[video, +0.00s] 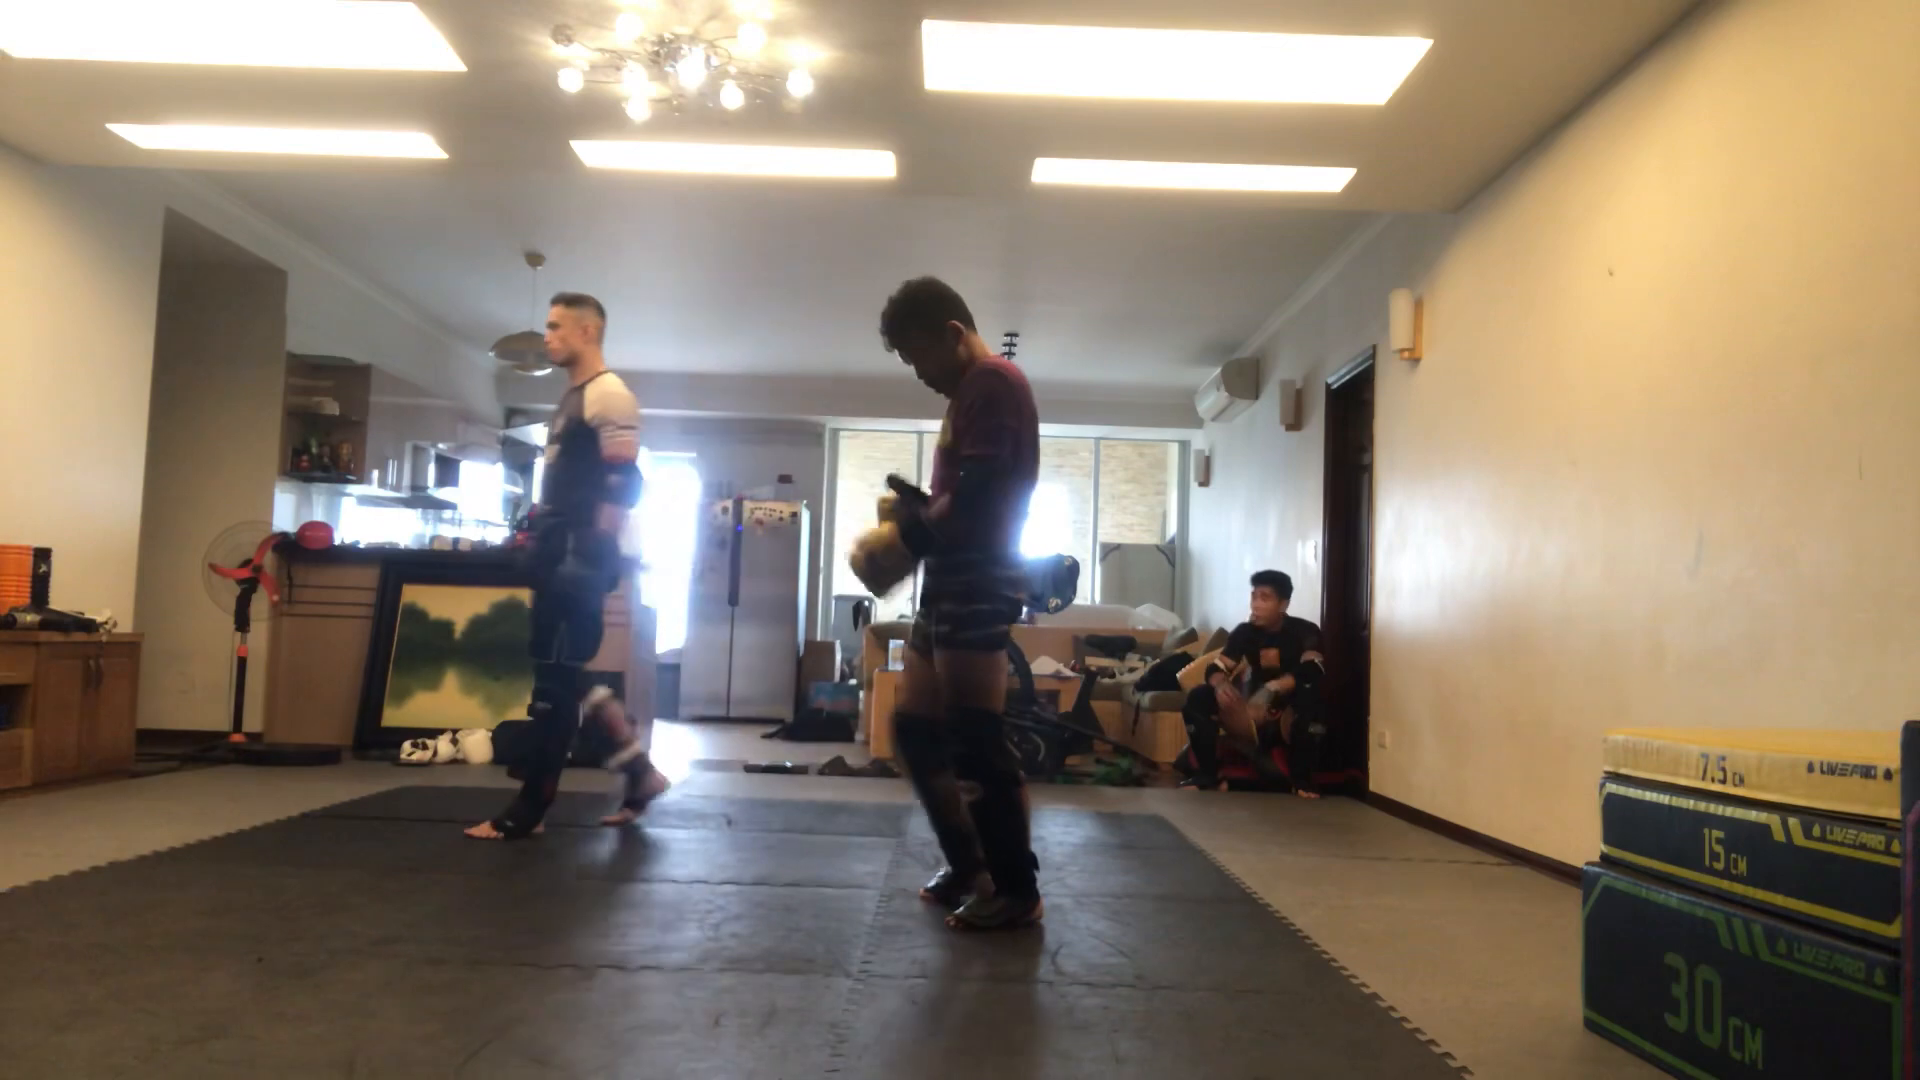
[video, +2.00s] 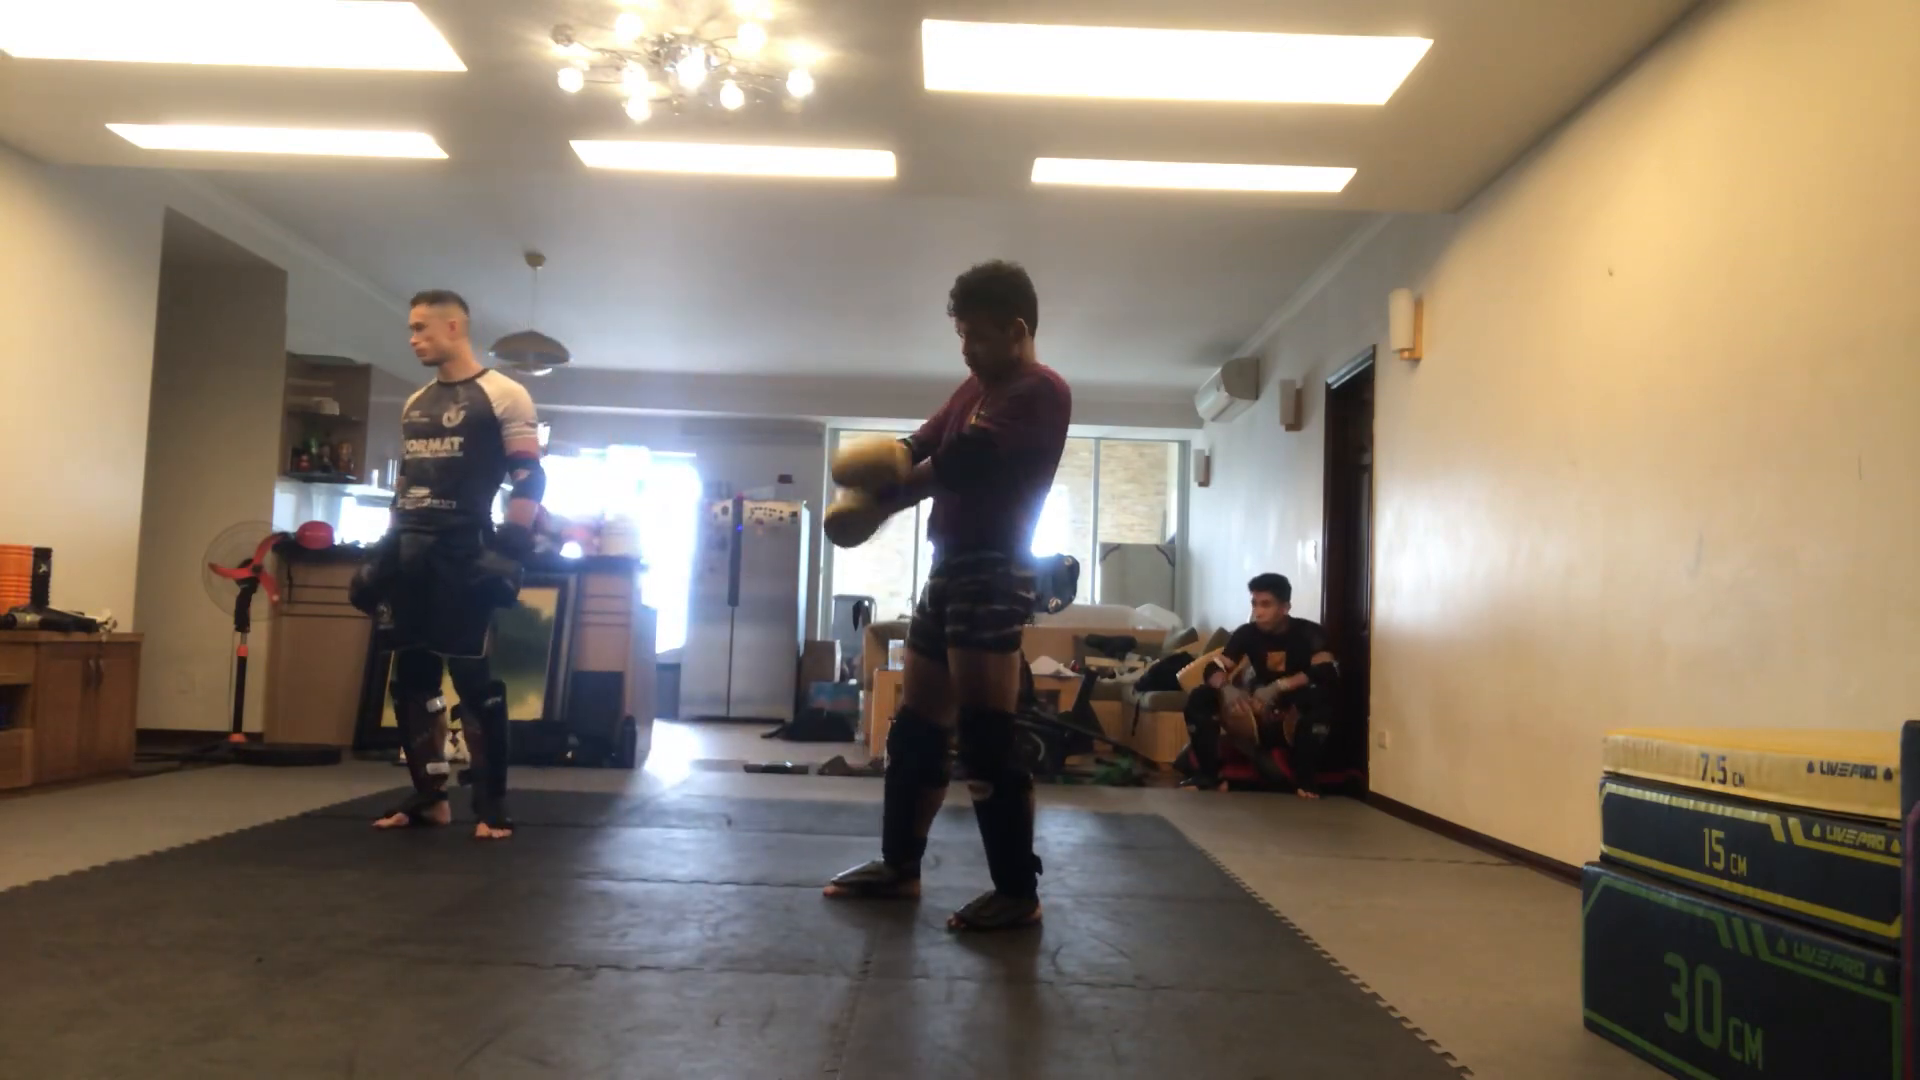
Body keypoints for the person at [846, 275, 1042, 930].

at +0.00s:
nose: (915, 371)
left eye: (916, 356)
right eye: (908, 360)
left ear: (954, 334)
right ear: (951, 339)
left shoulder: (993, 387)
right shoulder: (970, 394)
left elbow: (977, 511)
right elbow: (956, 500)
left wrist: (913, 531)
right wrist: (914, 522)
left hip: (978, 586)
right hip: (948, 586)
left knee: (977, 732)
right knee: (915, 727)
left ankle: (1017, 891)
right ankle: (968, 865)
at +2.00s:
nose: (963, 347)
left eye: (974, 333)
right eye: (960, 333)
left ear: (1018, 328)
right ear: (969, 329)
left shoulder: (1042, 391)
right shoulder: (972, 390)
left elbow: (966, 464)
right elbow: (918, 446)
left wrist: (884, 503)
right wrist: (868, 478)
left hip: (993, 576)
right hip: (945, 575)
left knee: (988, 735)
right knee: (919, 728)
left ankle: (1017, 893)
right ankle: (899, 869)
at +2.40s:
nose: (944, 331)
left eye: (952, 318)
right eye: (943, 318)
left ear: (993, 318)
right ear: (983, 319)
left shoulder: (1026, 385)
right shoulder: (979, 392)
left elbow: (1016, 500)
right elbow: (965, 493)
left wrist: (959, 570)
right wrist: (905, 521)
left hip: (1019, 576)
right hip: (978, 572)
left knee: (1008, 732)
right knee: (927, 715)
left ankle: (1018, 894)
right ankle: (912, 862)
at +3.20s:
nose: (904, 347)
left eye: (911, 333)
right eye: (905, 335)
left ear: (944, 333)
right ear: (956, 337)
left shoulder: (962, 383)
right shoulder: (980, 388)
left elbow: (966, 483)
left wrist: (912, 562)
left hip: (975, 569)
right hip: (990, 568)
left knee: (929, 717)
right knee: (963, 726)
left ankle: (930, 869)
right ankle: (956, 872)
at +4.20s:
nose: (850, 352)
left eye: (855, 338)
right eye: (851, 338)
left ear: (881, 341)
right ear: (904, 343)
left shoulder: (910, 414)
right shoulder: (927, 408)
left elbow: (885, 531)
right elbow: (901, 526)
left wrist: (841, 609)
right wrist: (854, 601)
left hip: (900, 591)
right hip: (913, 588)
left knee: (876, 726)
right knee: (872, 716)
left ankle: (877, 870)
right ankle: (924, 823)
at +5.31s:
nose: (868, 379)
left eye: (871, 367)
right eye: (868, 368)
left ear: (895, 362)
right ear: (913, 364)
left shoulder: (932, 419)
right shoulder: (933, 420)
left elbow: (928, 511)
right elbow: (926, 514)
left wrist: (900, 587)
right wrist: (899, 588)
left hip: (909, 590)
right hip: (926, 591)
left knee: (883, 720)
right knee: (919, 724)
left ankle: (897, 852)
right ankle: (918, 846)